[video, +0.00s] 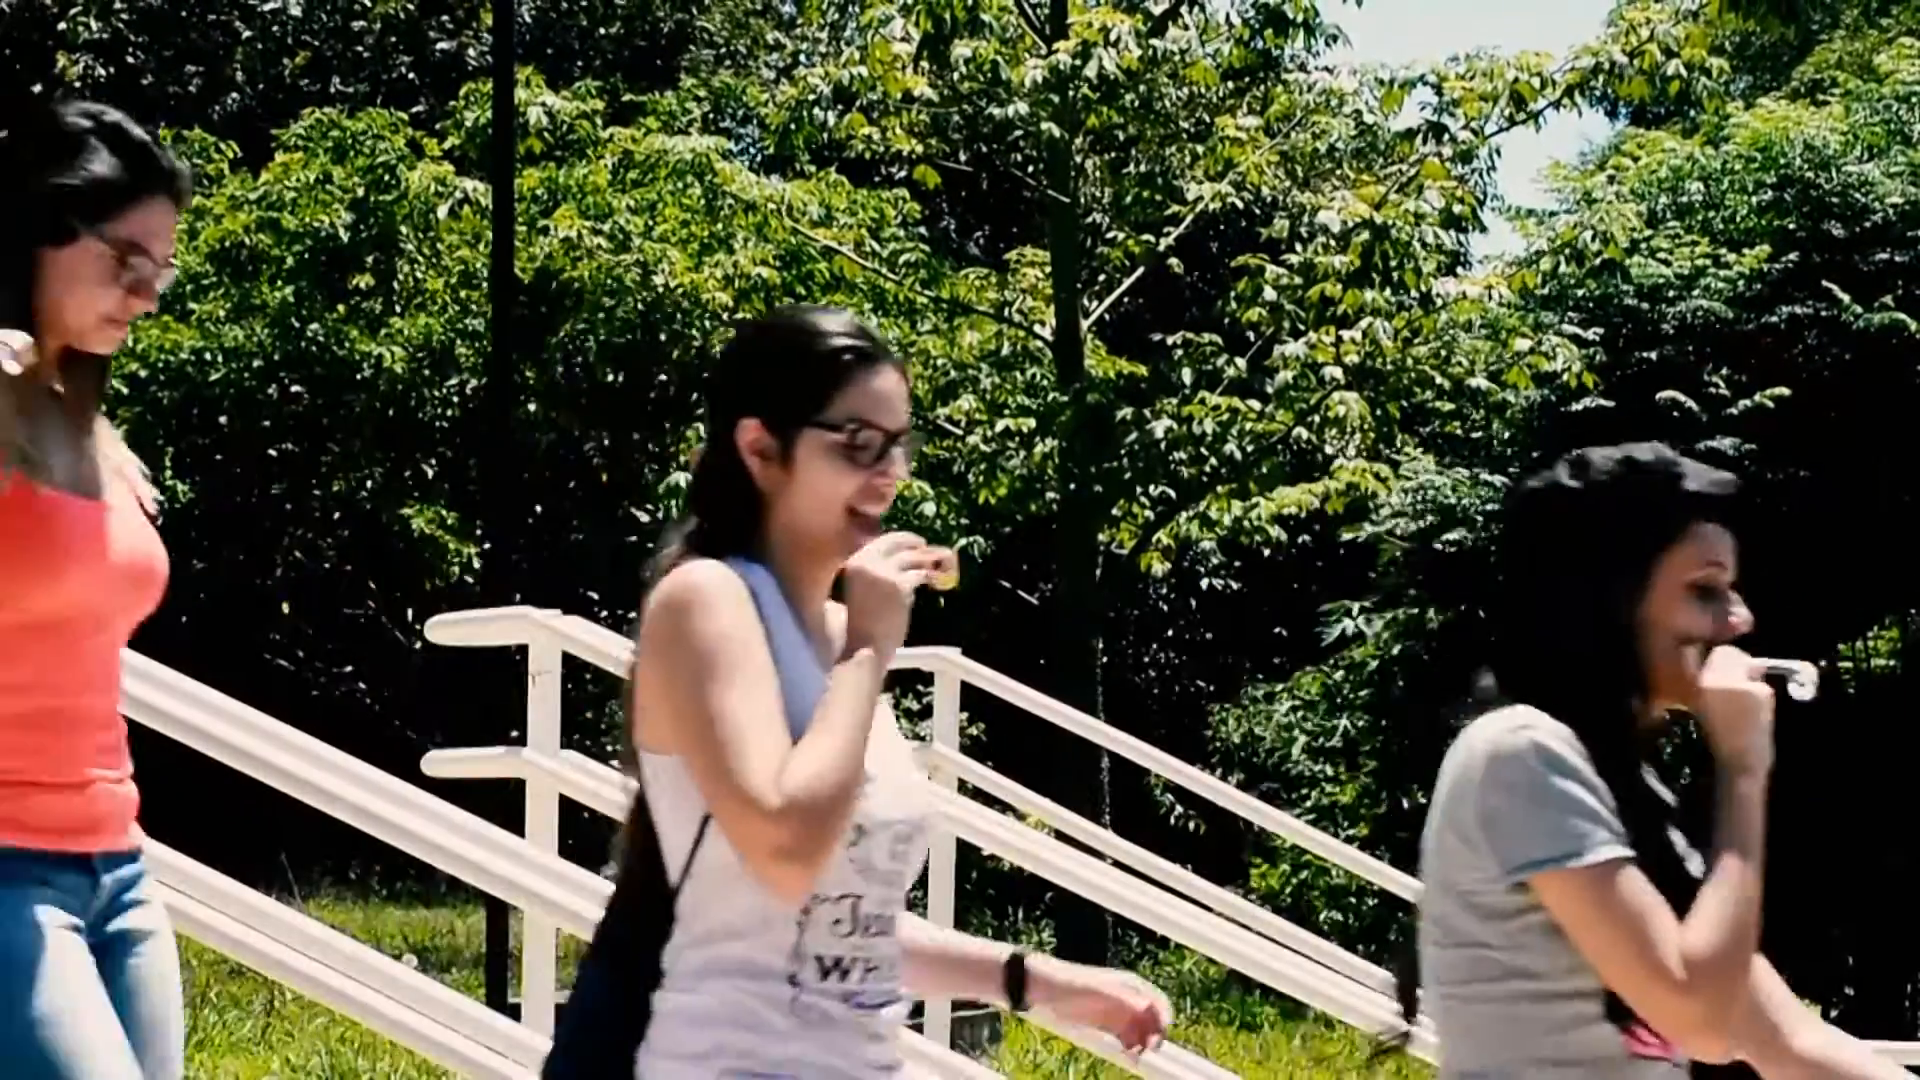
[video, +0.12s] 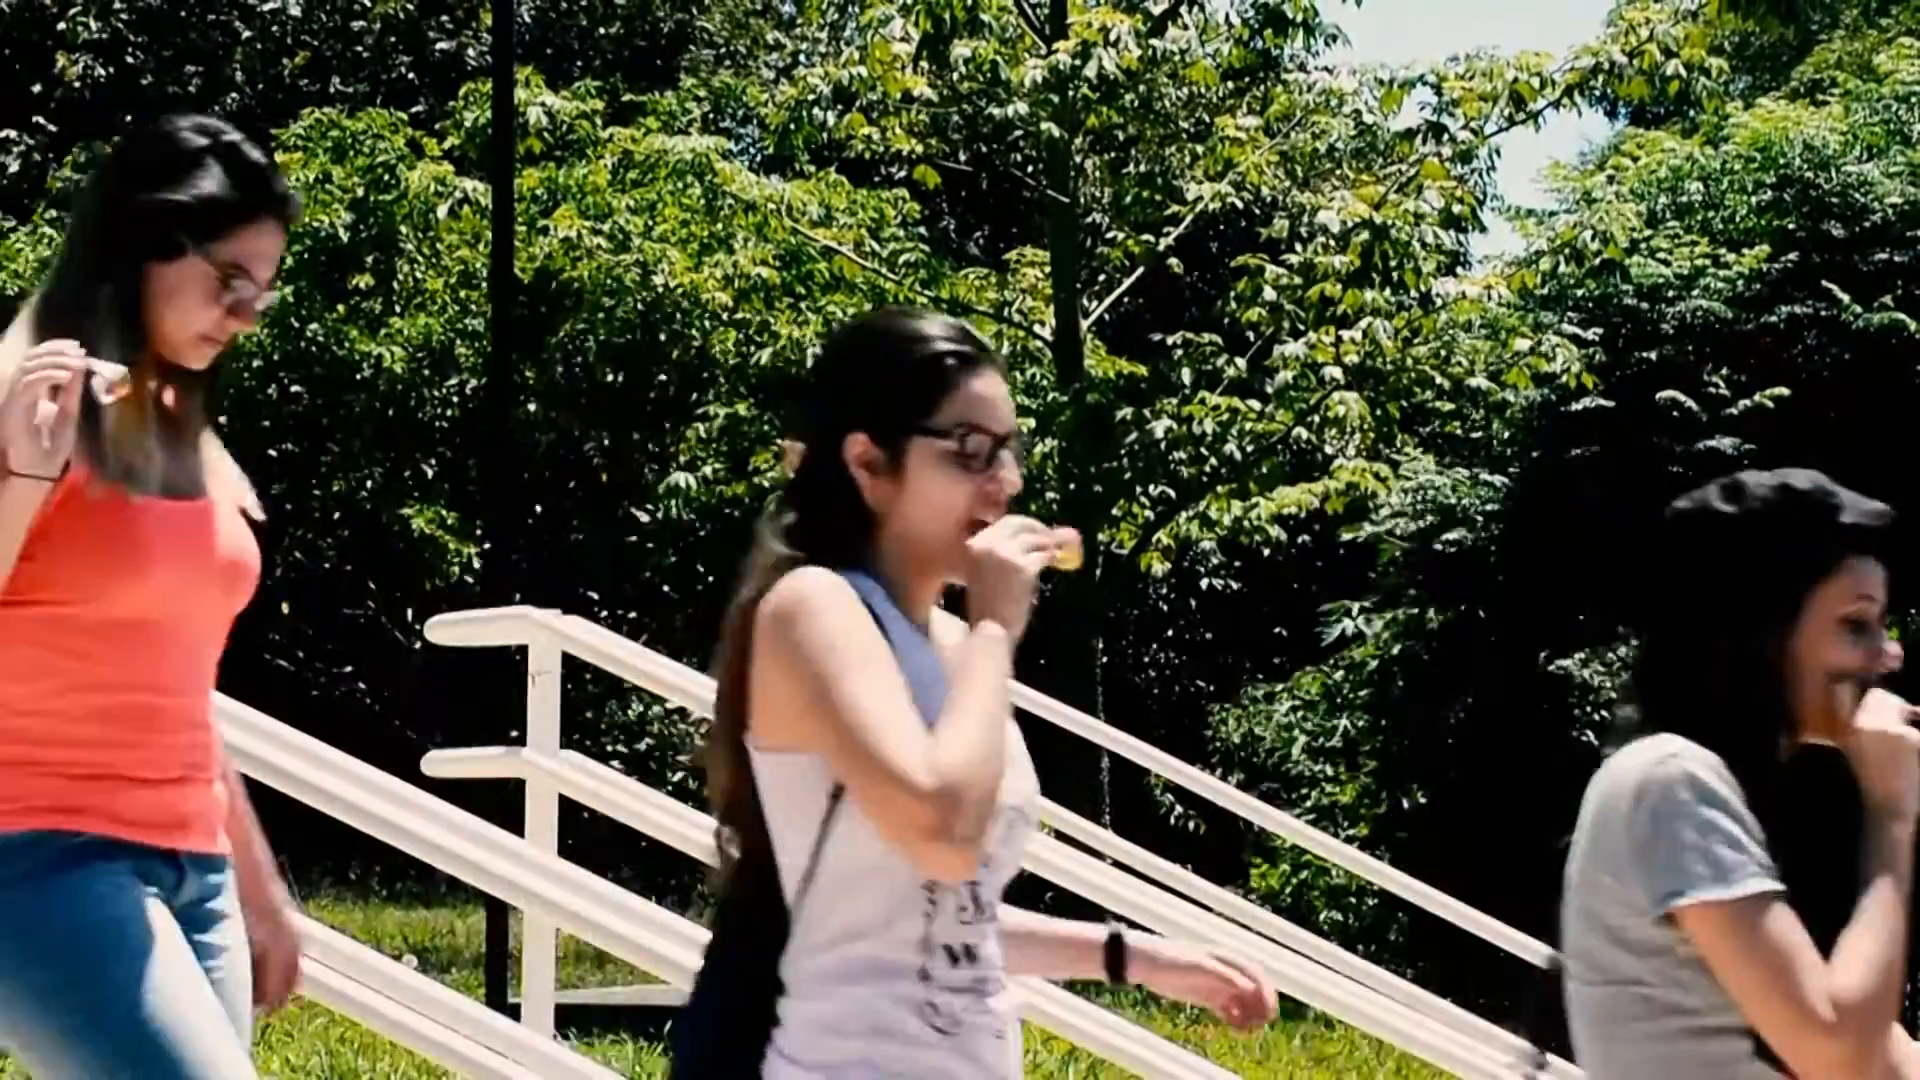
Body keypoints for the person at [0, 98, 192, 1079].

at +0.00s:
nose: (147, 295)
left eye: (160, 272)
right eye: (127, 260)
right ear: (38, 232)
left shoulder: (94, 428)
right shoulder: (9, 402)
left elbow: (79, 660)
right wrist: (4, 368)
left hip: (121, 872)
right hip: (14, 879)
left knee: (163, 1067)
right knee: (108, 1070)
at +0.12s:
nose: (248, 311)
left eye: (262, 288)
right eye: (230, 278)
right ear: (145, 243)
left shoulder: (196, 437)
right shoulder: (34, 389)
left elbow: (183, 695)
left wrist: (257, 884)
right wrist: (25, 480)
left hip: (196, 872)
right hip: (46, 860)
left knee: (223, 1069)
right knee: (212, 1064)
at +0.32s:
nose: (419, 381)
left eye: (435, 355)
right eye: (402, 346)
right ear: (312, 317)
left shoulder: (356, 502)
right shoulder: (153, 455)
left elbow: (342, 739)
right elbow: (73, 713)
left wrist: (502, 917)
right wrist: (193, 518)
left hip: (349, 962)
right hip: (191, 964)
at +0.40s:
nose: (490, 435)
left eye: (506, 410)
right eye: (472, 399)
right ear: (384, 372)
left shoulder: (415, 562)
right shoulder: (238, 516)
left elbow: (400, 820)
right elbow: (165, 777)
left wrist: (539, 992)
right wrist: (295, 585)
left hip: (404, 1021)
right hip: (246, 1024)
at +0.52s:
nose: (602, 472)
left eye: (616, 446)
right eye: (588, 433)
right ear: (502, 401)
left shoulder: (507, 573)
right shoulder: (350, 556)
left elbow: (509, 847)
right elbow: (302, 818)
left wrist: (527, 1023)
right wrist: (441, 634)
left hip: (488, 1030)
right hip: (349, 1035)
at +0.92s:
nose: (1028, 548)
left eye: (1032, 517)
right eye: (1000, 511)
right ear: (903, 505)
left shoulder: (954, 695)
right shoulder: (773, 681)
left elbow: (931, 947)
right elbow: (718, 953)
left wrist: (955, 1057)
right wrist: (866, 779)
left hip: (940, 1059)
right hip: (795, 1061)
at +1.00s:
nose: (1110, 559)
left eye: (1112, 527)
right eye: (1079, 523)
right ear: (978, 524)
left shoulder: (1041, 712)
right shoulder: (864, 693)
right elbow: (808, 964)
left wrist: (1059, 1056)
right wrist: (942, 778)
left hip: (1046, 1059)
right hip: (906, 1063)